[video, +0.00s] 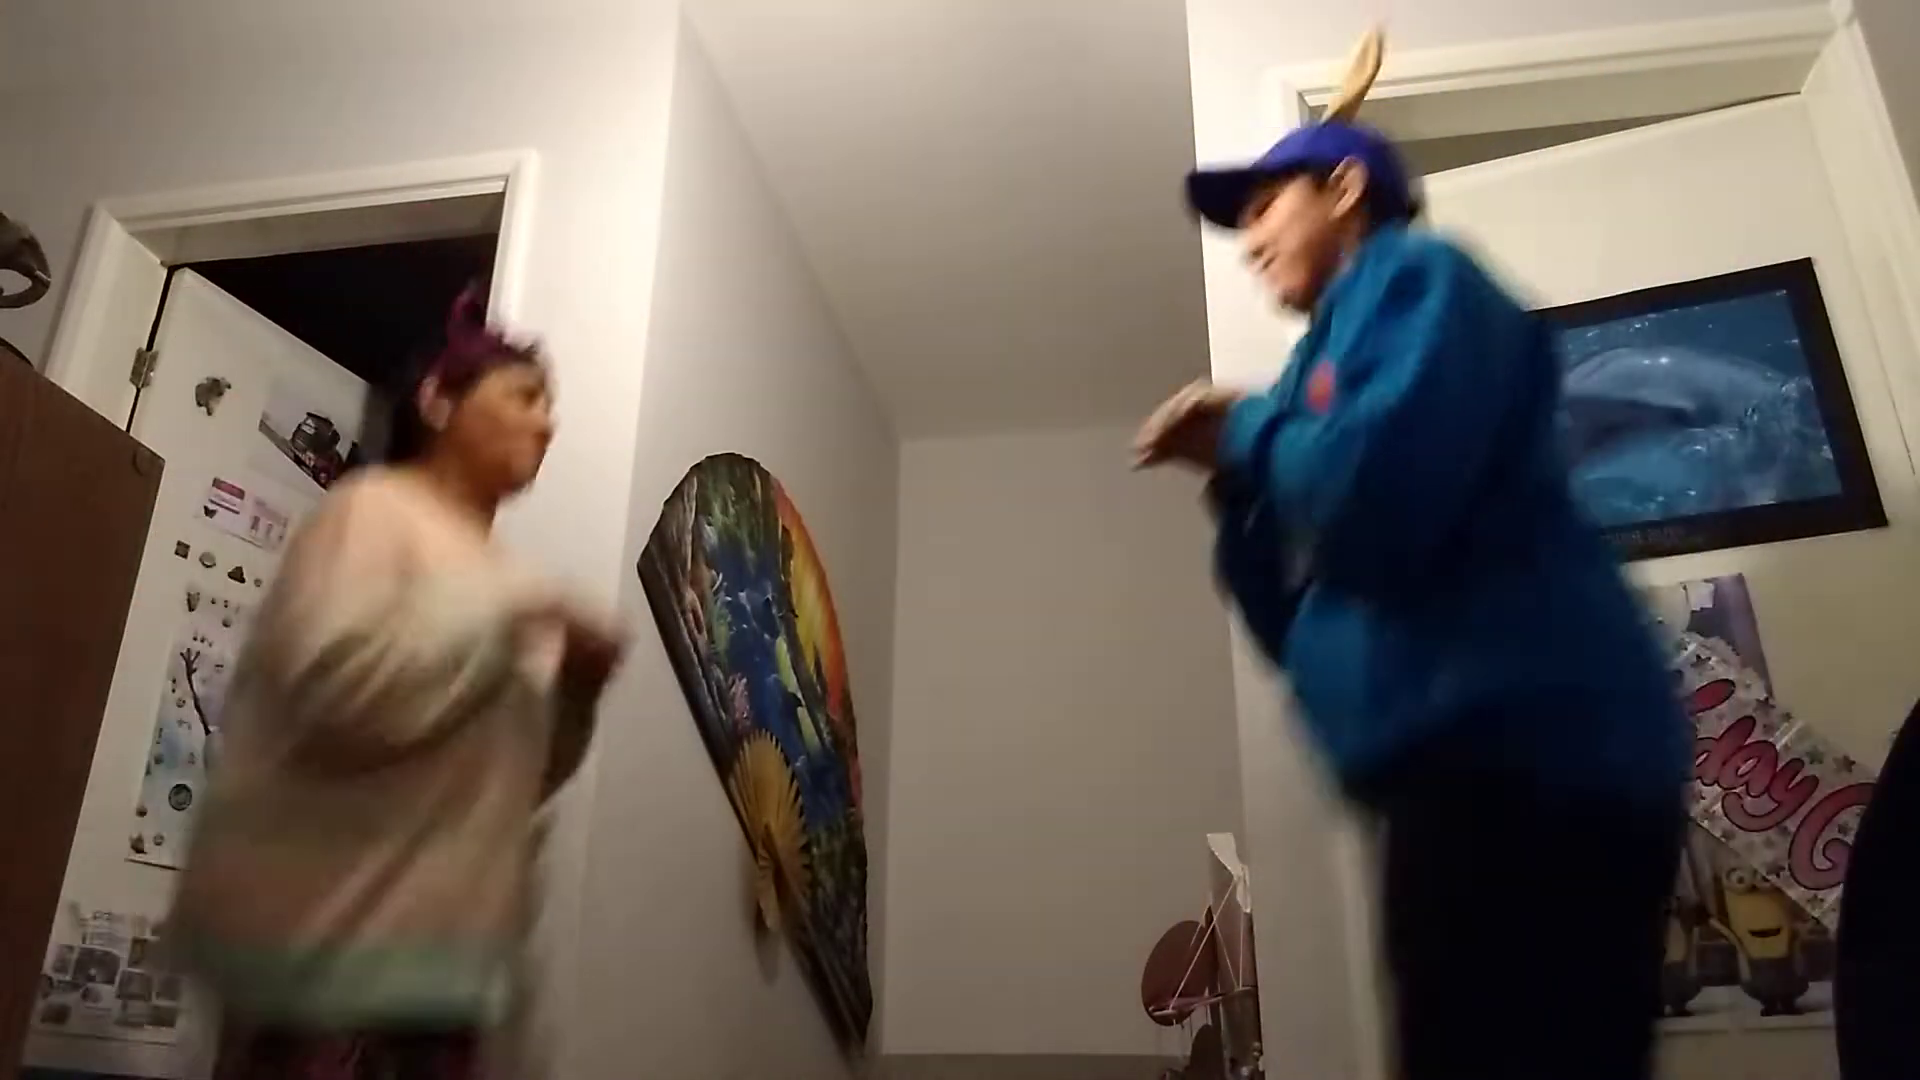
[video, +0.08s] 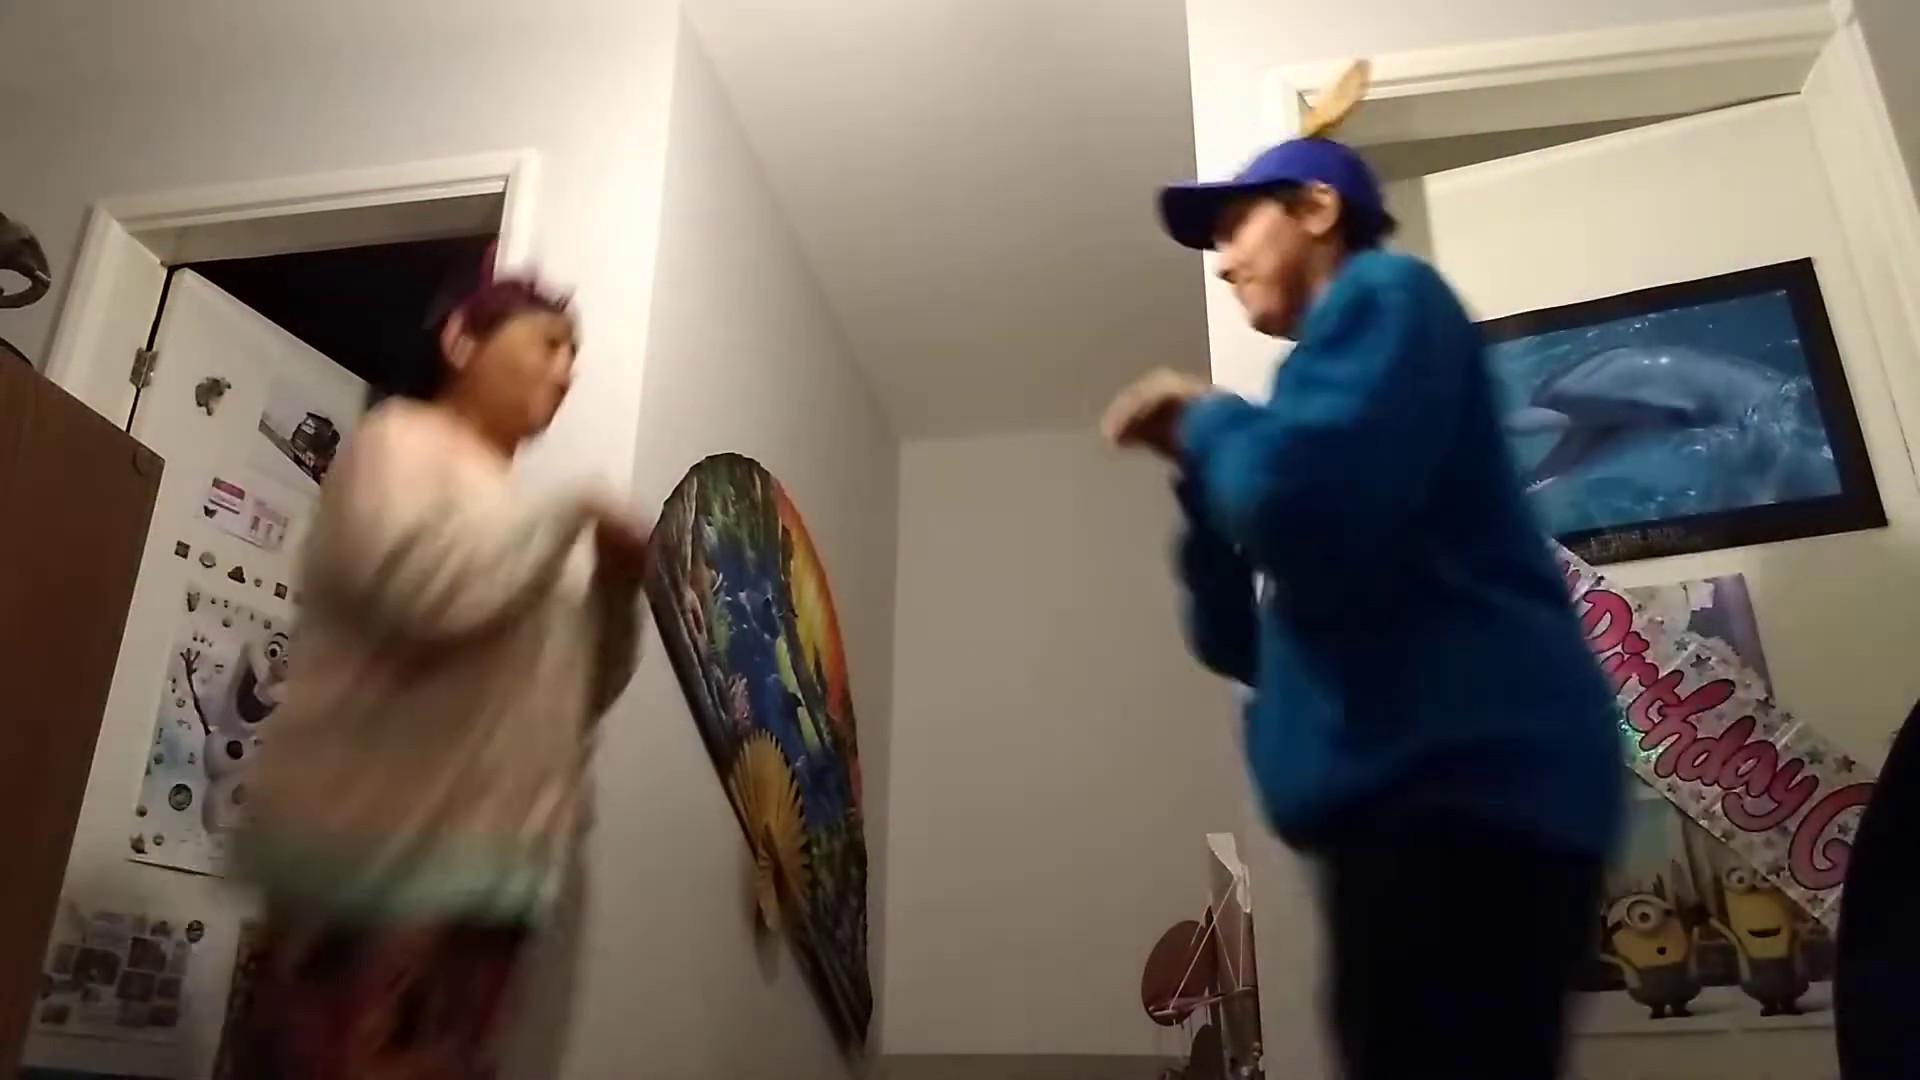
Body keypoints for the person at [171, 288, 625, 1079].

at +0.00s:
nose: (546, 421)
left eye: (547, 404)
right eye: (524, 396)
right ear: (439, 401)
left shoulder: (495, 565)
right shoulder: (368, 512)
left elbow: (515, 781)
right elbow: (330, 695)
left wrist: (577, 688)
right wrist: (503, 630)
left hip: (439, 952)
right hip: (320, 949)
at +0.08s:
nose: (563, 373)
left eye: (569, 357)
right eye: (547, 345)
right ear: (464, 342)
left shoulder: (524, 504)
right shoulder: (398, 442)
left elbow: (575, 696)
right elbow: (415, 590)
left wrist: (616, 588)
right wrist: (564, 525)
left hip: (485, 881)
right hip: (363, 872)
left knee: (441, 1063)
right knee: (327, 1060)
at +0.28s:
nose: (643, 335)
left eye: (647, 320)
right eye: (624, 308)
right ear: (544, 306)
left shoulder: (593, 467)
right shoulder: (481, 410)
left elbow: (635, 665)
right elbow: (504, 567)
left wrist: (688, 579)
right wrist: (647, 519)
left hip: (554, 842)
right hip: (449, 842)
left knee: (545, 1052)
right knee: (455, 1055)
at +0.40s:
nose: (677, 411)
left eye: (676, 393)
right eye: (656, 382)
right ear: (575, 384)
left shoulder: (604, 550)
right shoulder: (511, 503)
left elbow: (646, 756)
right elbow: (531, 693)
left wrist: (709, 680)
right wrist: (675, 623)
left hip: (588, 969)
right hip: (514, 970)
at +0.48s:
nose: (690, 406)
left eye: (691, 388)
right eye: (673, 379)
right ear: (591, 378)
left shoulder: (598, 510)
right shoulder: (544, 487)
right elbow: (575, 664)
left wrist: (720, 639)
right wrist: (714, 596)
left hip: (610, 919)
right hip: (557, 922)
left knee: (625, 1061)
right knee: (576, 1063)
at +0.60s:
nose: (716, 337)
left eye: (717, 319)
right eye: (699, 308)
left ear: (623, 309)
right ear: (618, 304)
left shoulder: (559, 409)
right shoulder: (603, 396)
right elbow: (677, 558)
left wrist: (717, 498)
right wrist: (762, 495)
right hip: (596, 807)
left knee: (619, 1057)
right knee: (631, 1058)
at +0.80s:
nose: (762, 392)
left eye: (762, 368)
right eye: (748, 362)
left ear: (667, 358)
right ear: (678, 352)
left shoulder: (577, 471)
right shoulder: (668, 453)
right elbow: (739, 651)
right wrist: (800, 576)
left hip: (531, 896)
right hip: (651, 907)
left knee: (568, 1066)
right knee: (674, 1064)